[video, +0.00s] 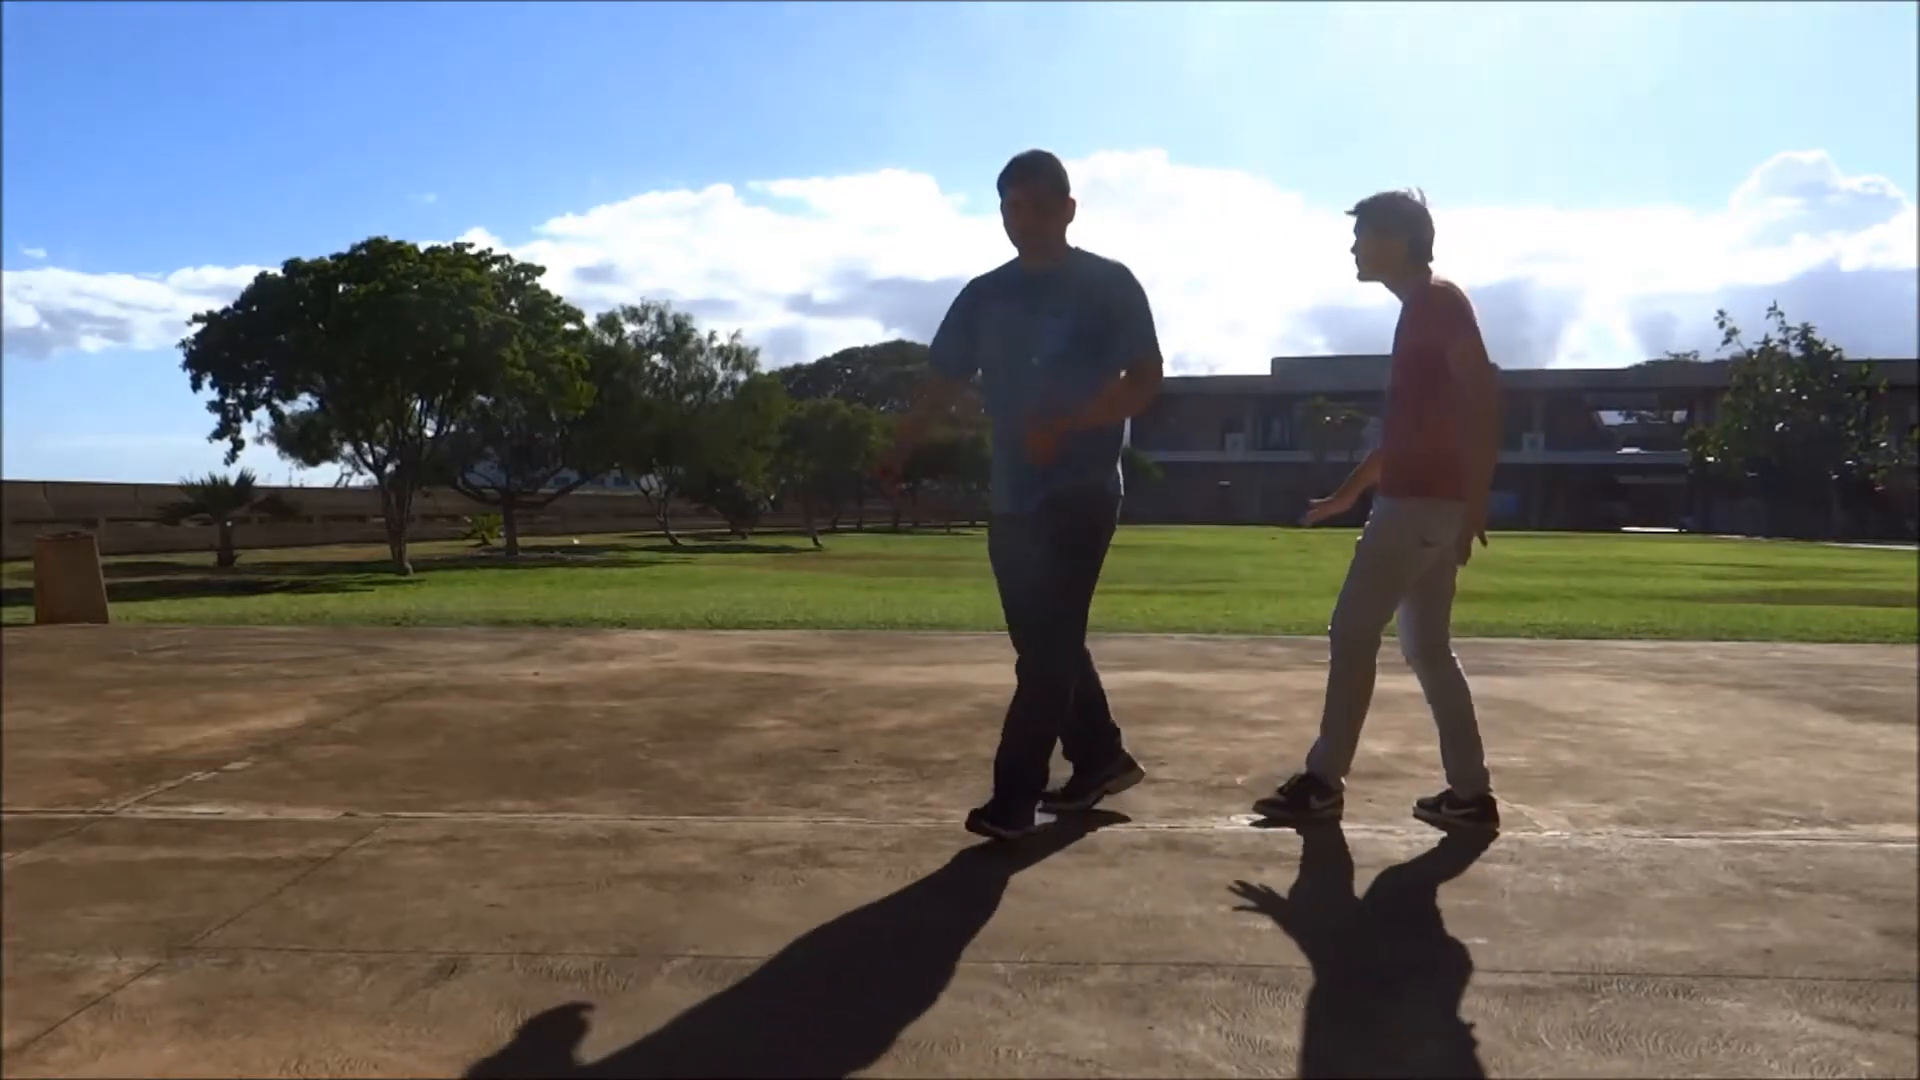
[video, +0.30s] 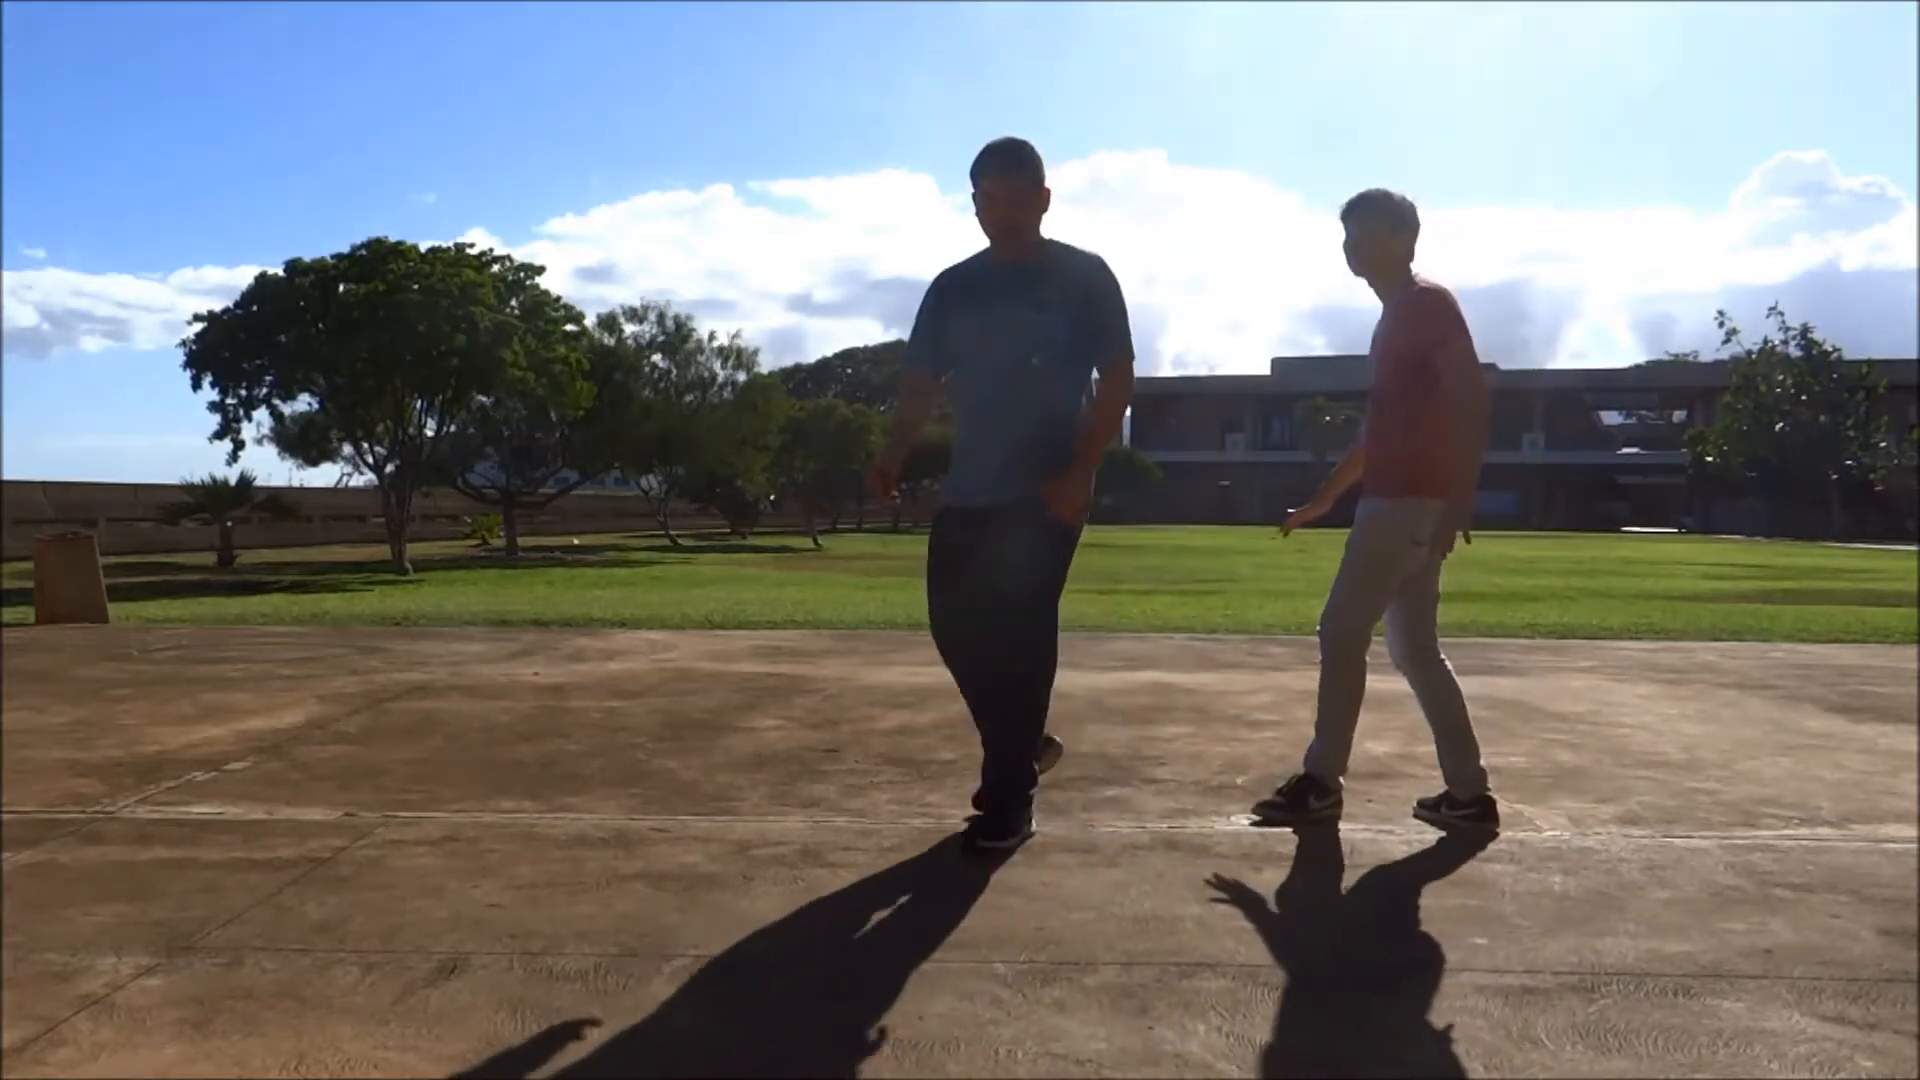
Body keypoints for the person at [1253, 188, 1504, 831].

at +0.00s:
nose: (1353, 246)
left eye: (1363, 235)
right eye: (1356, 235)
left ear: (1399, 242)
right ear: (1397, 245)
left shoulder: (1439, 302)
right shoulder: (1420, 310)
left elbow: (1482, 398)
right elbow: (1405, 425)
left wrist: (1476, 501)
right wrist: (1346, 494)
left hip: (1415, 505)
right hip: (1435, 504)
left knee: (1352, 629)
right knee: (1428, 649)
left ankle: (1323, 783)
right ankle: (1471, 794)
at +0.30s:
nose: (1345, 247)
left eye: (1354, 234)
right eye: (1346, 235)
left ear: (1392, 237)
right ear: (1376, 241)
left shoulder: (1429, 306)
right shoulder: (1393, 320)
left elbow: (1472, 400)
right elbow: (1381, 431)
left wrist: (1460, 500)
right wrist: (1322, 501)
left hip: (1403, 506)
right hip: (1406, 504)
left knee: (1341, 632)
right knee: (1416, 651)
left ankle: (1321, 785)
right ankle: (1469, 794)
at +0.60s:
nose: (1332, 245)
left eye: (1342, 231)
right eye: (1331, 233)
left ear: (1378, 233)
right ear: (1347, 238)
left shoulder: (1418, 306)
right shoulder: (1356, 325)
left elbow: (1456, 397)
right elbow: (1347, 425)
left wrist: (1448, 490)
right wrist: (1307, 501)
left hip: (1392, 498)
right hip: (1372, 497)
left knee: (1330, 630)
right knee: (1396, 645)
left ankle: (1322, 780)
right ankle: (1467, 783)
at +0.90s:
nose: (1310, 237)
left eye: (1320, 223)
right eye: (1306, 224)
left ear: (1354, 225)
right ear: (1305, 230)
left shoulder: (1390, 307)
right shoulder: (1316, 316)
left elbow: (1426, 409)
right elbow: (1314, 421)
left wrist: (1395, 489)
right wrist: (1283, 504)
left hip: (1356, 493)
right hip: (1319, 495)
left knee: (1314, 632)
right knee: (1341, 638)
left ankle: (1320, 781)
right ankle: (1442, 753)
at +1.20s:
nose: (1269, 229)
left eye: (1277, 215)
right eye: (1268, 217)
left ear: (1312, 217)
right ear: (1281, 223)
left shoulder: (1358, 297)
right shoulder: (1286, 311)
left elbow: (1381, 400)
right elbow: (1292, 403)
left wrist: (1321, 474)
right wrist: (1279, 474)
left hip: (1328, 488)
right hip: (1282, 483)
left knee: (1310, 632)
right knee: (1242, 619)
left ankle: (1320, 780)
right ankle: (1299, 755)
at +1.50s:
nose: (1230, 232)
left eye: (1242, 218)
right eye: (1223, 222)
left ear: (1274, 221)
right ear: (1218, 231)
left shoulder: (1309, 296)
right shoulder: (1241, 315)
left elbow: (1324, 395)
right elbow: (1249, 403)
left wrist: (1229, 443)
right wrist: (1220, 461)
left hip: (1288, 495)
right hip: (1239, 493)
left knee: (1293, 636)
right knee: (1191, 624)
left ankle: (1319, 778)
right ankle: (1145, 759)